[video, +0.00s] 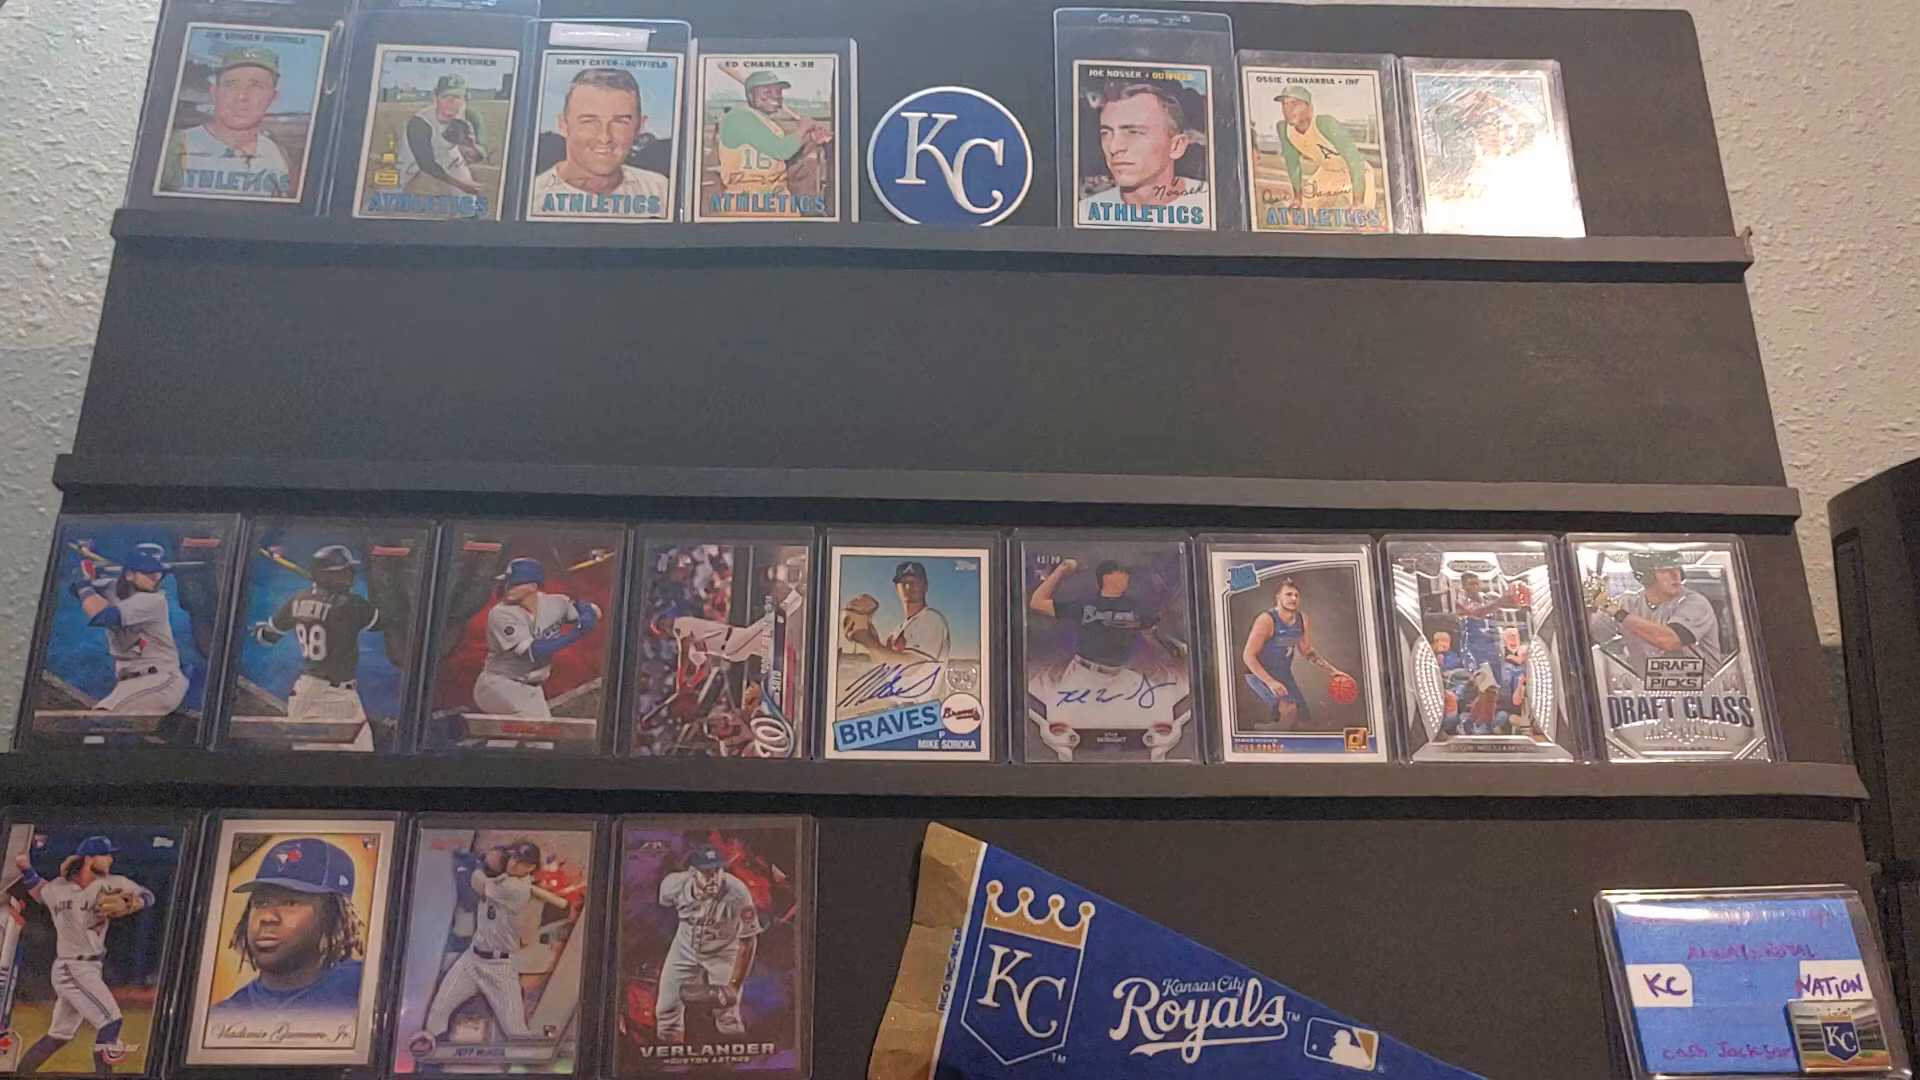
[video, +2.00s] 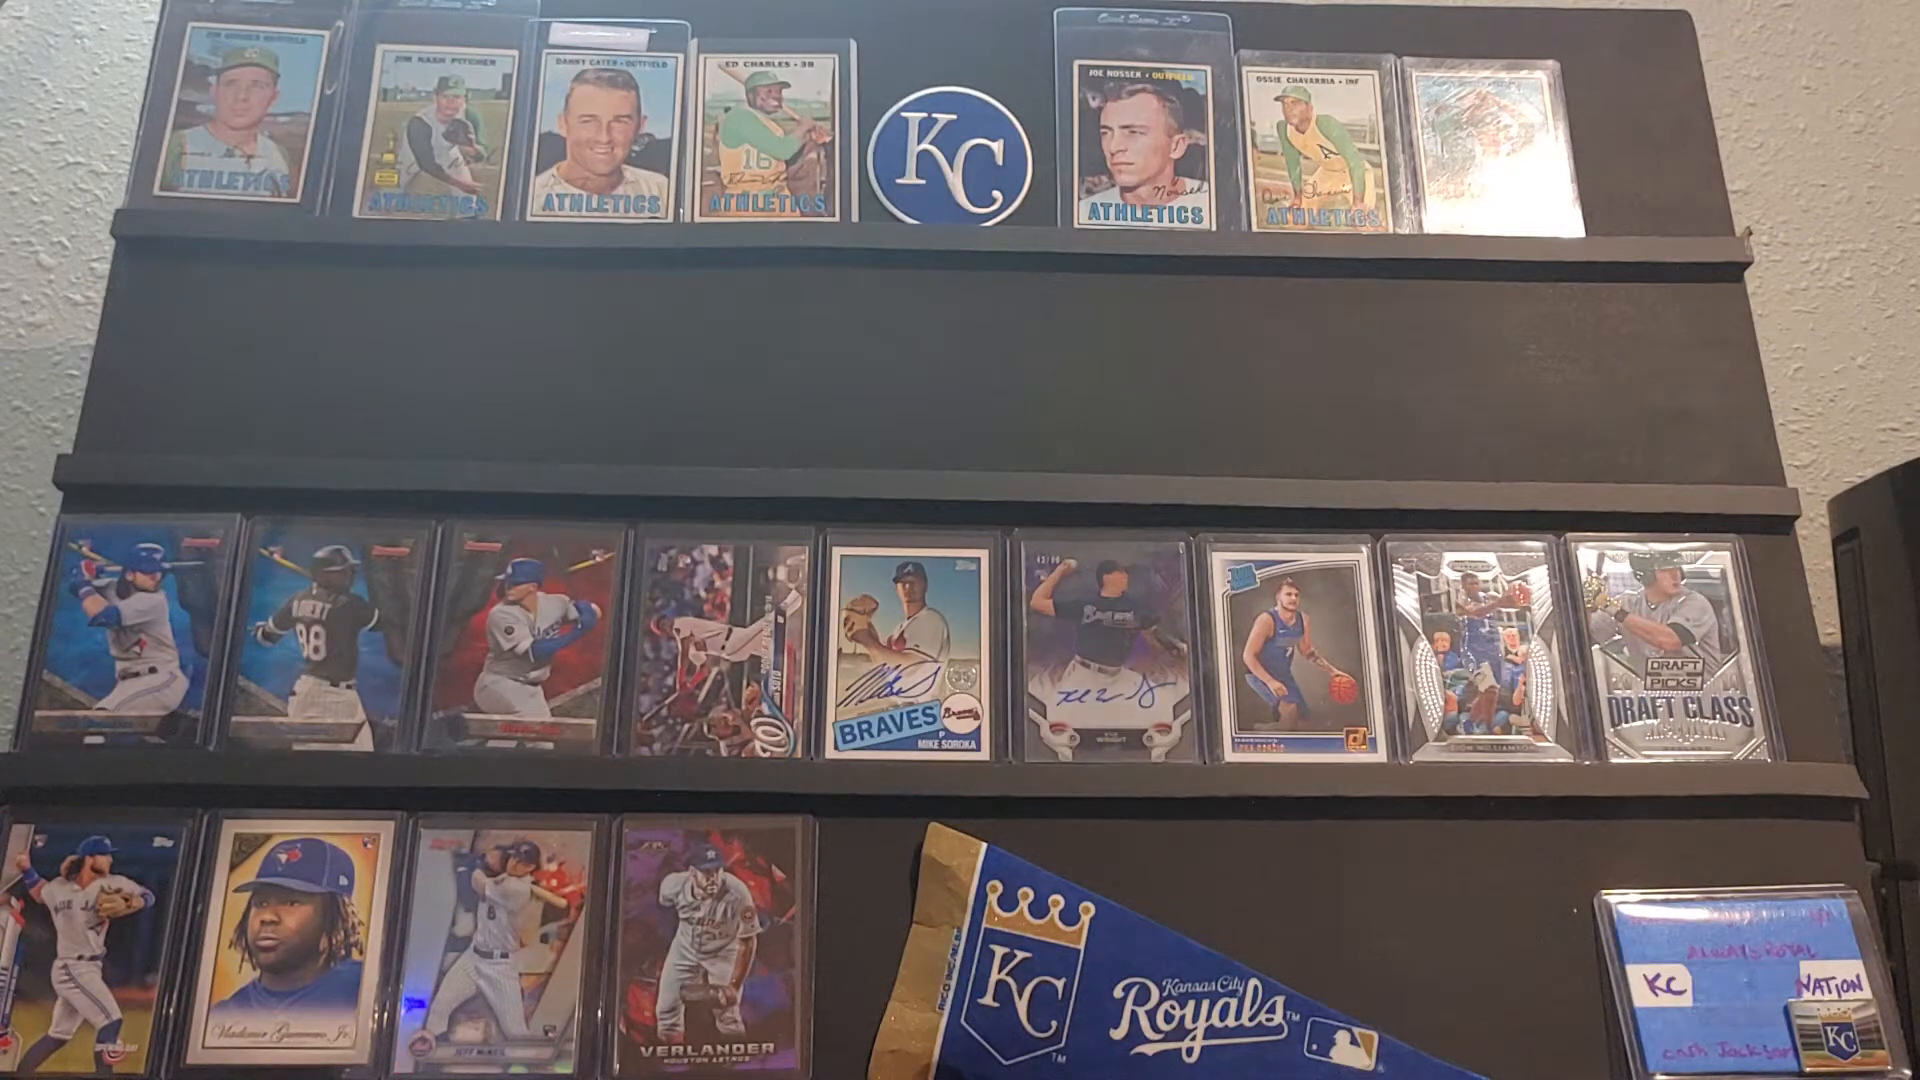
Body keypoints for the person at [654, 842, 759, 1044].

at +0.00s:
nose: (712, 879)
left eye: (716, 872)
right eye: (706, 873)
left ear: (722, 870)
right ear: (692, 871)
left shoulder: (738, 893)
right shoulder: (672, 885)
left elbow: (749, 941)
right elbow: (666, 911)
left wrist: (734, 985)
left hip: (724, 953)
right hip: (684, 947)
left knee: (727, 1016)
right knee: (666, 1011)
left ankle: (740, 1071)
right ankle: (674, 1071)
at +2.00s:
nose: (712, 878)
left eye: (716, 871)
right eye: (705, 872)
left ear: (722, 869)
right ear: (692, 871)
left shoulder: (738, 893)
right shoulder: (673, 885)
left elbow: (748, 942)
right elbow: (665, 913)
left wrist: (734, 985)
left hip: (724, 953)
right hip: (684, 947)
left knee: (727, 1015)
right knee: (666, 1009)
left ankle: (740, 1068)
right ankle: (673, 1071)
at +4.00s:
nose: (711, 878)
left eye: (715, 871)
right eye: (705, 872)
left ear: (722, 869)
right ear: (693, 871)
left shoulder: (738, 893)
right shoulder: (673, 885)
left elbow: (748, 941)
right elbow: (666, 907)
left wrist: (735, 985)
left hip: (724, 953)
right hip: (684, 947)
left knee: (727, 1014)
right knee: (666, 1009)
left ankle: (740, 1068)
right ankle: (674, 1071)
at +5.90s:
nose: (711, 878)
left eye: (716, 871)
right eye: (705, 872)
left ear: (722, 869)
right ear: (693, 870)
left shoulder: (738, 893)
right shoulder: (673, 886)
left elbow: (749, 941)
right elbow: (667, 909)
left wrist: (735, 985)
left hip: (724, 954)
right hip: (684, 948)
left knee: (727, 1015)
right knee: (666, 1009)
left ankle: (740, 1068)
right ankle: (673, 1071)